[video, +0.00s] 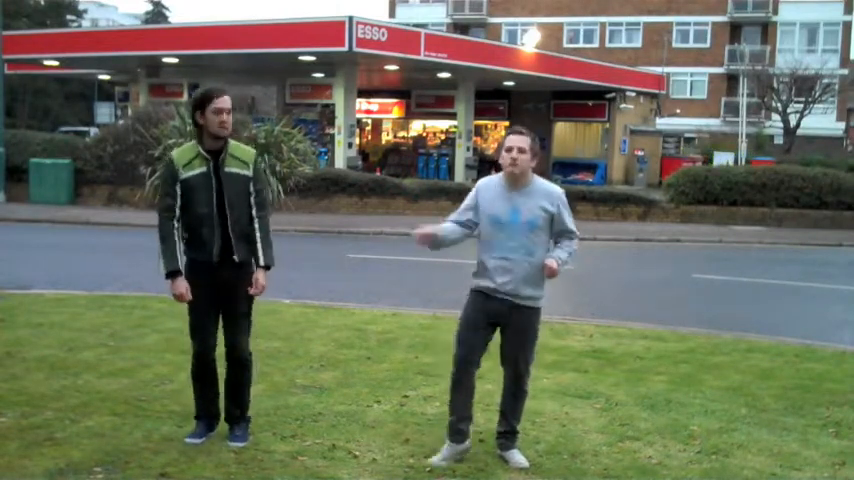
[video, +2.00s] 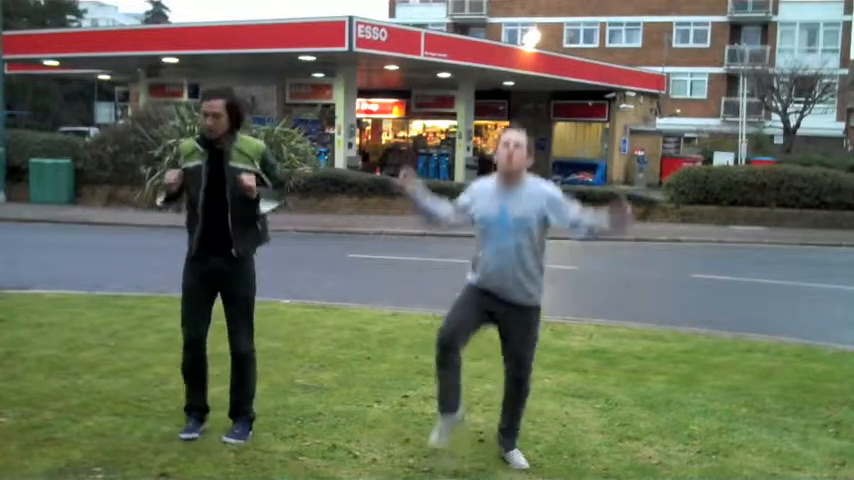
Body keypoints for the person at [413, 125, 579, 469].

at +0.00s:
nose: (514, 156)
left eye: (521, 151)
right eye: (509, 150)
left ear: (533, 158)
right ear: (500, 155)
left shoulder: (552, 195)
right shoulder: (485, 188)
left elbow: (568, 238)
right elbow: (463, 224)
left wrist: (557, 258)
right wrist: (437, 235)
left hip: (526, 300)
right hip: (485, 293)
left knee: (518, 374)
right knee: (463, 362)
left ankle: (507, 444)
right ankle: (457, 440)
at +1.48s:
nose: (510, 174)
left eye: (517, 167)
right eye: (504, 167)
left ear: (530, 163)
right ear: (496, 163)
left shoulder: (547, 194)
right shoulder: (484, 187)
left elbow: (561, 240)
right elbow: (442, 211)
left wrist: (565, 232)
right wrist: (409, 201)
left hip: (524, 298)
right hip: (485, 287)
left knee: (515, 376)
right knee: (455, 344)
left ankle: (506, 443)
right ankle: (454, 428)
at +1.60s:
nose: (507, 190)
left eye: (513, 182)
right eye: (500, 183)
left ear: (523, 176)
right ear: (491, 179)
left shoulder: (543, 198)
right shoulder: (482, 193)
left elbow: (577, 215)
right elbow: (461, 204)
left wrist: (608, 211)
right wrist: (433, 192)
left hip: (522, 303)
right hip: (481, 298)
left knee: (515, 377)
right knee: (461, 364)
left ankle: (506, 444)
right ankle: (458, 438)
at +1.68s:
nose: (501, 201)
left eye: (507, 194)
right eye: (495, 195)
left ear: (518, 188)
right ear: (485, 190)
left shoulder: (539, 206)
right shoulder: (478, 203)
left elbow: (583, 212)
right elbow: (457, 208)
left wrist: (625, 217)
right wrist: (428, 206)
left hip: (522, 307)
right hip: (482, 300)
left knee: (514, 376)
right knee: (456, 343)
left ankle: (505, 444)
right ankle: (456, 419)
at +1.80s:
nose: (499, 206)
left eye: (506, 200)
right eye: (493, 200)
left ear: (519, 202)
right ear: (485, 201)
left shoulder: (538, 233)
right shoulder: (477, 229)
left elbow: (572, 266)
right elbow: (452, 256)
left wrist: (605, 292)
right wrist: (415, 267)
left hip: (524, 322)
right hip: (484, 315)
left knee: (510, 385)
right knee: (454, 368)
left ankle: (504, 447)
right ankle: (451, 446)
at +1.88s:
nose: (508, 187)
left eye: (515, 183)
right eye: (503, 181)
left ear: (525, 191)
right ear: (492, 188)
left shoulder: (542, 228)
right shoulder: (477, 224)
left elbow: (568, 271)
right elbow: (447, 258)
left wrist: (604, 303)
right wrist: (409, 270)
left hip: (524, 326)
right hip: (481, 321)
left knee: (514, 392)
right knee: (457, 378)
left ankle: (505, 447)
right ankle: (456, 450)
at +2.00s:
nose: (511, 151)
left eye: (518, 147)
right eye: (506, 145)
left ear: (529, 156)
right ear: (496, 152)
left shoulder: (544, 193)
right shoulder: (480, 190)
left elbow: (578, 221)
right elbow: (447, 214)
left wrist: (609, 220)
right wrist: (416, 190)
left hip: (523, 300)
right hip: (481, 291)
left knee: (519, 375)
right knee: (447, 339)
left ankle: (508, 443)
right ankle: (449, 413)